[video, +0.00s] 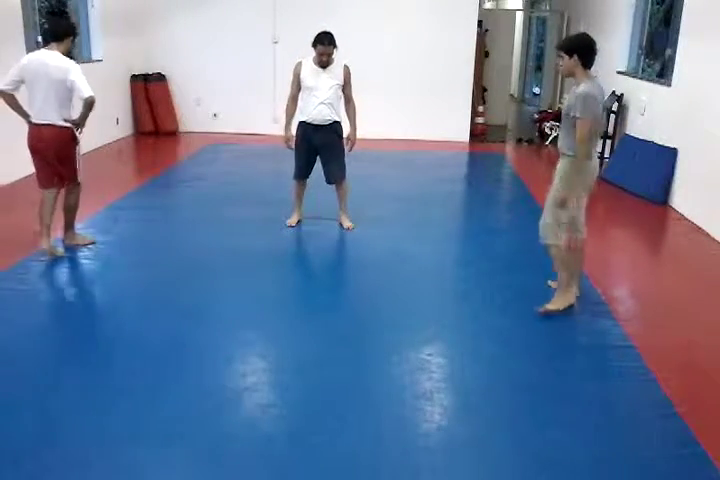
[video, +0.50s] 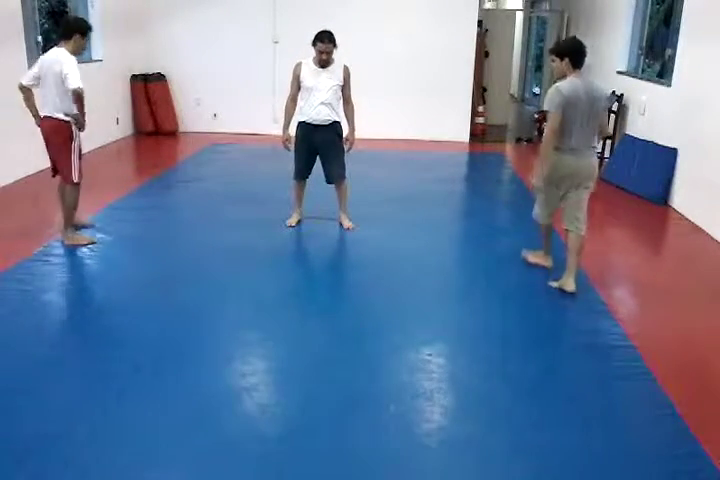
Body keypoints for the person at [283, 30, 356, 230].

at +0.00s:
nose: (324, 58)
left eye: (329, 54)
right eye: (321, 54)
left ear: (334, 51)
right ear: (314, 50)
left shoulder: (342, 71)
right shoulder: (301, 68)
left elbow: (348, 101)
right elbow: (293, 98)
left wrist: (353, 130)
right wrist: (287, 129)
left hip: (332, 129)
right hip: (306, 128)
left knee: (339, 177)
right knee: (300, 176)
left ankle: (343, 214)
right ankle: (297, 212)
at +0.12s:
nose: (325, 58)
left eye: (329, 54)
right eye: (321, 54)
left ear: (334, 51)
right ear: (314, 50)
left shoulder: (342, 71)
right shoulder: (301, 68)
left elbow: (348, 102)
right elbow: (293, 99)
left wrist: (353, 130)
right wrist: (288, 130)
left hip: (332, 129)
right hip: (306, 128)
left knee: (339, 177)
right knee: (300, 176)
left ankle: (343, 214)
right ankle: (297, 212)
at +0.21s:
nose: (324, 58)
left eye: (329, 54)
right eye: (321, 54)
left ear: (334, 51)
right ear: (314, 50)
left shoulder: (342, 71)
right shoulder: (301, 68)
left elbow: (348, 101)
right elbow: (293, 99)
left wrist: (353, 129)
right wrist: (287, 130)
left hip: (332, 130)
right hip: (305, 129)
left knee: (339, 177)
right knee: (300, 176)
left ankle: (343, 214)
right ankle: (297, 212)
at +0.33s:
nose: (325, 57)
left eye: (329, 53)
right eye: (321, 53)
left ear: (335, 51)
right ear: (314, 49)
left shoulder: (342, 71)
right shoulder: (301, 68)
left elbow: (347, 101)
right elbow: (292, 99)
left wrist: (352, 130)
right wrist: (285, 130)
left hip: (331, 129)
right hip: (305, 128)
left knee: (339, 177)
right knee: (300, 175)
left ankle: (343, 214)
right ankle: (297, 212)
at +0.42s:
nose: (325, 57)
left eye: (329, 53)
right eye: (321, 52)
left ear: (334, 50)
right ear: (314, 49)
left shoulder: (342, 71)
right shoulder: (301, 68)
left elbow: (347, 101)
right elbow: (292, 99)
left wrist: (352, 129)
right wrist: (285, 130)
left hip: (331, 129)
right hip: (305, 128)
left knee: (339, 177)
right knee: (300, 175)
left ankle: (343, 214)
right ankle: (297, 212)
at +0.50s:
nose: (324, 57)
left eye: (329, 53)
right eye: (321, 52)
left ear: (334, 50)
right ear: (313, 49)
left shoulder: (342, 71)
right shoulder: (301, 68)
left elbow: (347, 102)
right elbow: (292, 99)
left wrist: (351, 130)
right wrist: (285, 130)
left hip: (331, 129)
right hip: (305, 128)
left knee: (339, 177)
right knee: (300, 175)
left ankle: (343, 214)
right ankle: (297, 212)